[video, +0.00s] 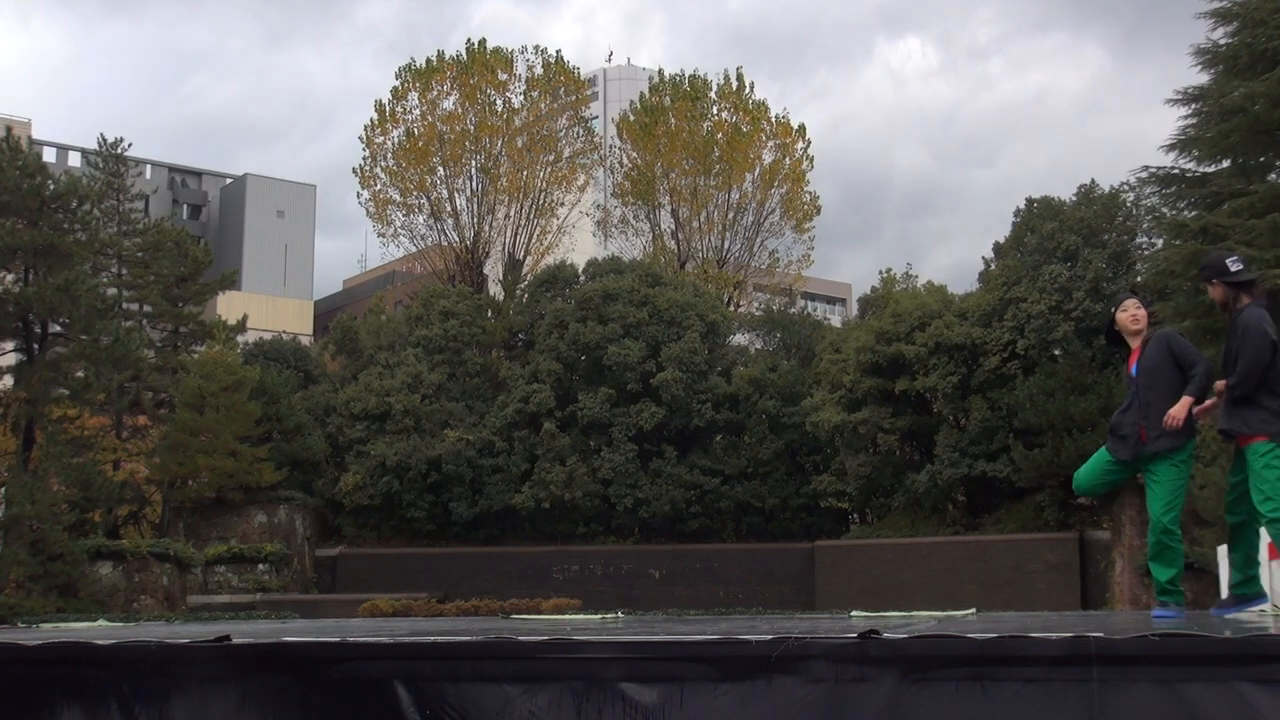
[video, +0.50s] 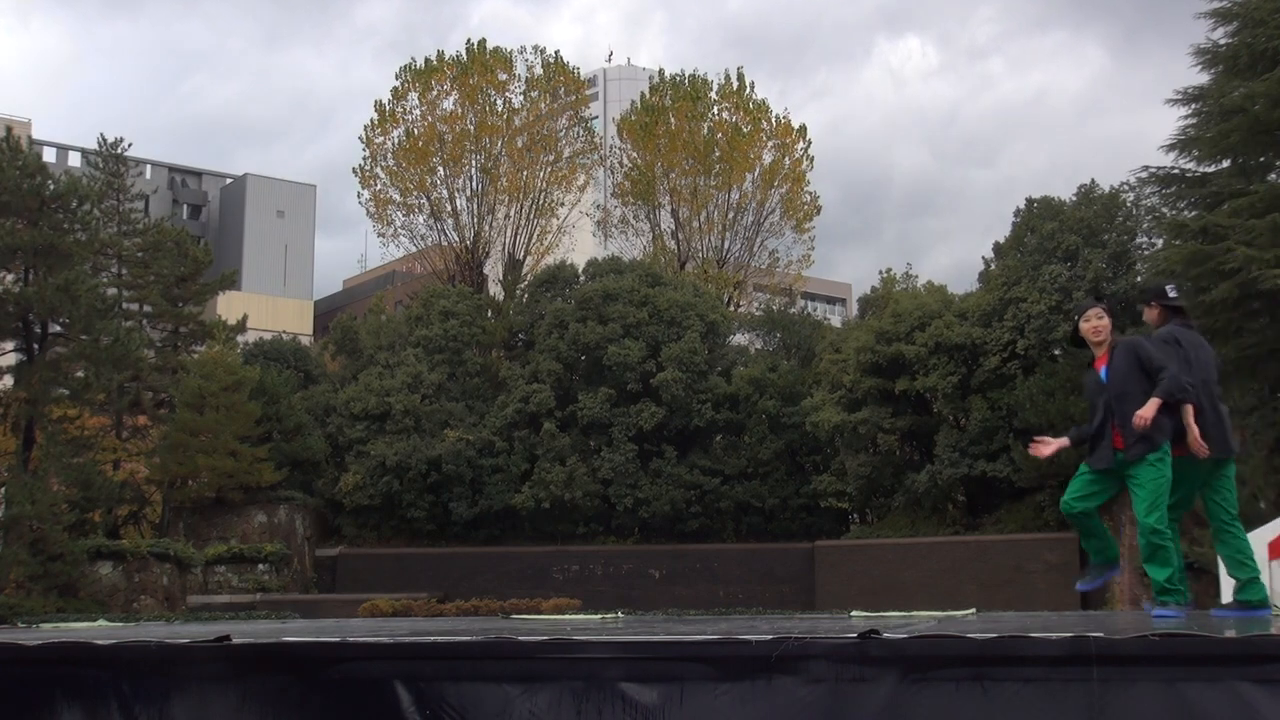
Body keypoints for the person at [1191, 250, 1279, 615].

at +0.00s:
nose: (1209, 294)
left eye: (1210, 287)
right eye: (1208, 287)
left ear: (1223, 286)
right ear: (1233, 284)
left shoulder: (1253, 320)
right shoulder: (1243, 320)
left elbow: (1250, 379)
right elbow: (1242, 381)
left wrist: (1226, 387)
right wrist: (1214, 403)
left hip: (1264, 435)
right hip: (1247, 436)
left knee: (1271, 514)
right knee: (1240, 512)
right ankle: (1246, 589)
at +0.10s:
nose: (1199, 296)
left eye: (1201, 289)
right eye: (1199, 290)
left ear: (1215, 290)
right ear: (1225, 288)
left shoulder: (1238, 325)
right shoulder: (1233, 325)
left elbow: (1226, 382)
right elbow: (1212, 370)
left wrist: (1202, 396)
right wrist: (1194, 392)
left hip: (1254, 439)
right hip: (1237, 442)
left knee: (1269, 518)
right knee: (1229, 522)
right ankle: (1251, 596)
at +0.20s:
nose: (1188, 298)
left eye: (1190, 292)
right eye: (1188, 292)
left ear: (1202, 294)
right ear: (1217, 292)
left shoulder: (1222, 328)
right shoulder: (1220, 327)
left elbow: (1214, 382)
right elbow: (1215, 381)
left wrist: (1189, 401)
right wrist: (1190, 397)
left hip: (1237, 440)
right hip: (1225, 441)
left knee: (1246, 516)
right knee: (1223, 523)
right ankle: (1251, 597)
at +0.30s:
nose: (1176, 303)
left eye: (1177, 297)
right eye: (1176, 297)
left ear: (1187, 298)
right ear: (1207, 296)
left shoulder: (1201, 329)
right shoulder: (1221, 327)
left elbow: (1204, 382)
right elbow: (1217, 381)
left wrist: (1187, 408)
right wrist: (1193, 407)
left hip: (1218, 437)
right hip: (1237, 435)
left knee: (1208, 513)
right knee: (1230, 514)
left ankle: (1268, 557)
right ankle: (1250, 596)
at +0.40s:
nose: (1161, 309)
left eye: (1162, 303)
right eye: (1161, 303)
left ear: (1173, 303)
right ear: (1192, 303)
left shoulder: (1182, 333)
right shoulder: (1212, 334)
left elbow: (1192, 385)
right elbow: (1219, 385)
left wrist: (1187, 432)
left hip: (1209, 440)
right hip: (1232, 439)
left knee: (1180, 512)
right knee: (1231, 519)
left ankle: (1229, 572)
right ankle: (1255, 596)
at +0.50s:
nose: (1142, 313)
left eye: (1145, 308)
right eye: (1144, 307)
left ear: (1157, 310)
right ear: (1174, 310)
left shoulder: (1162, 338)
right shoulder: (1198, 339)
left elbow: (1181, 382)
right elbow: (1207, 384)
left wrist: (1190, 425)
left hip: (1189, 445)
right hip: (1218, 443)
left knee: (1165, 516)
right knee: (1226, 521)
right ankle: (1252, 594)